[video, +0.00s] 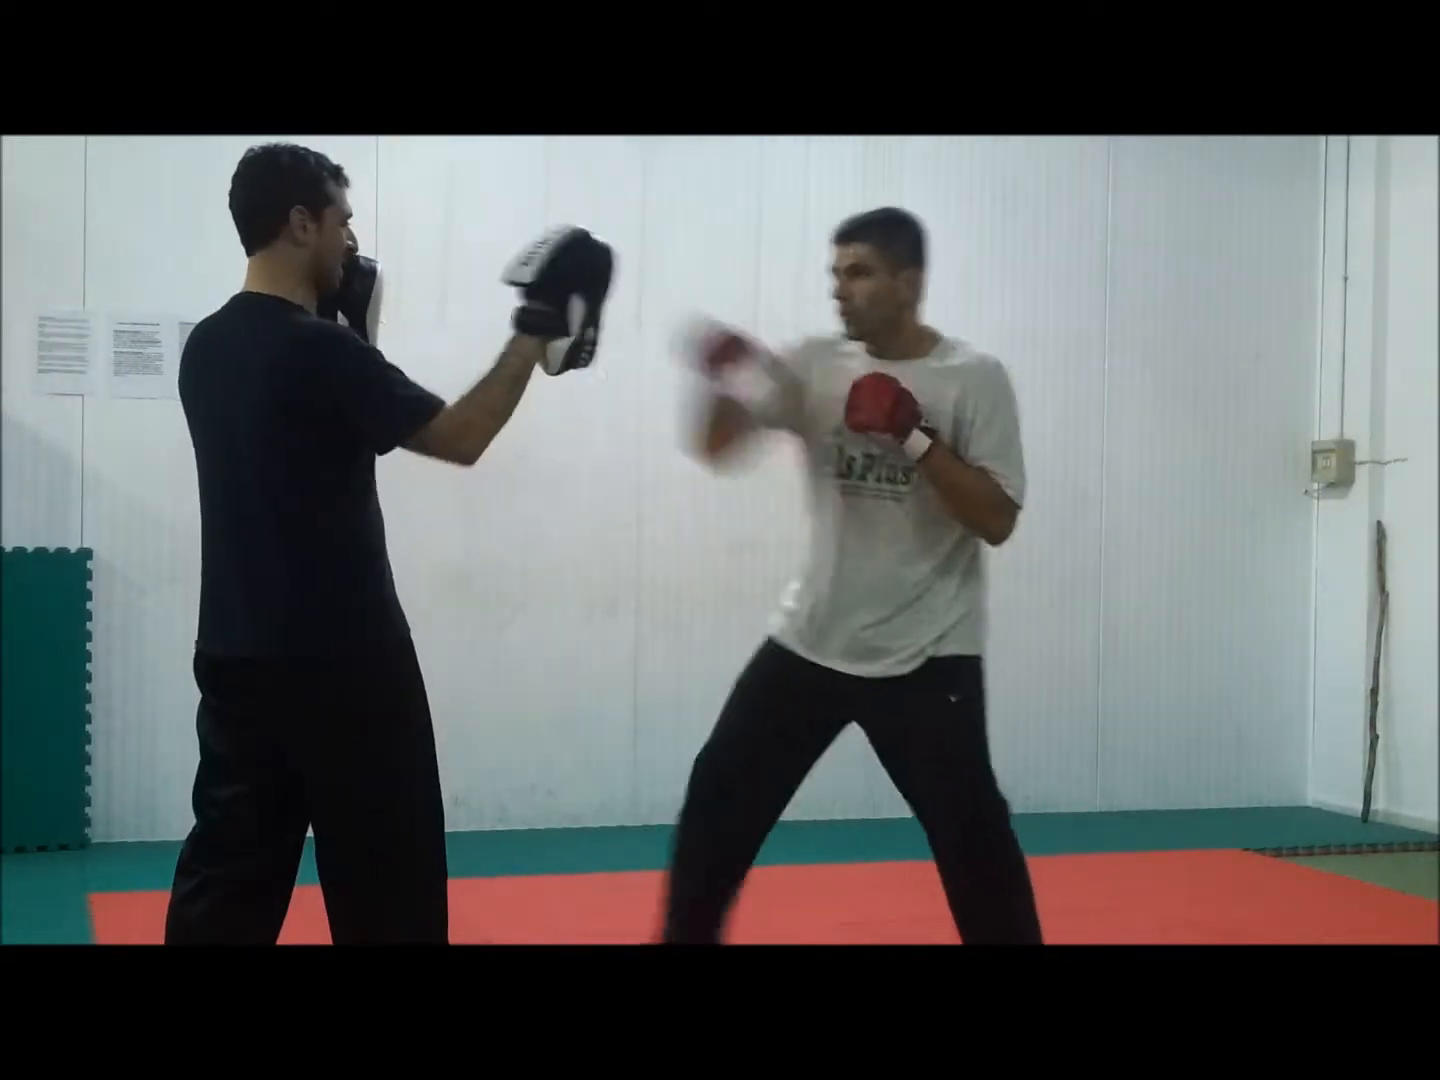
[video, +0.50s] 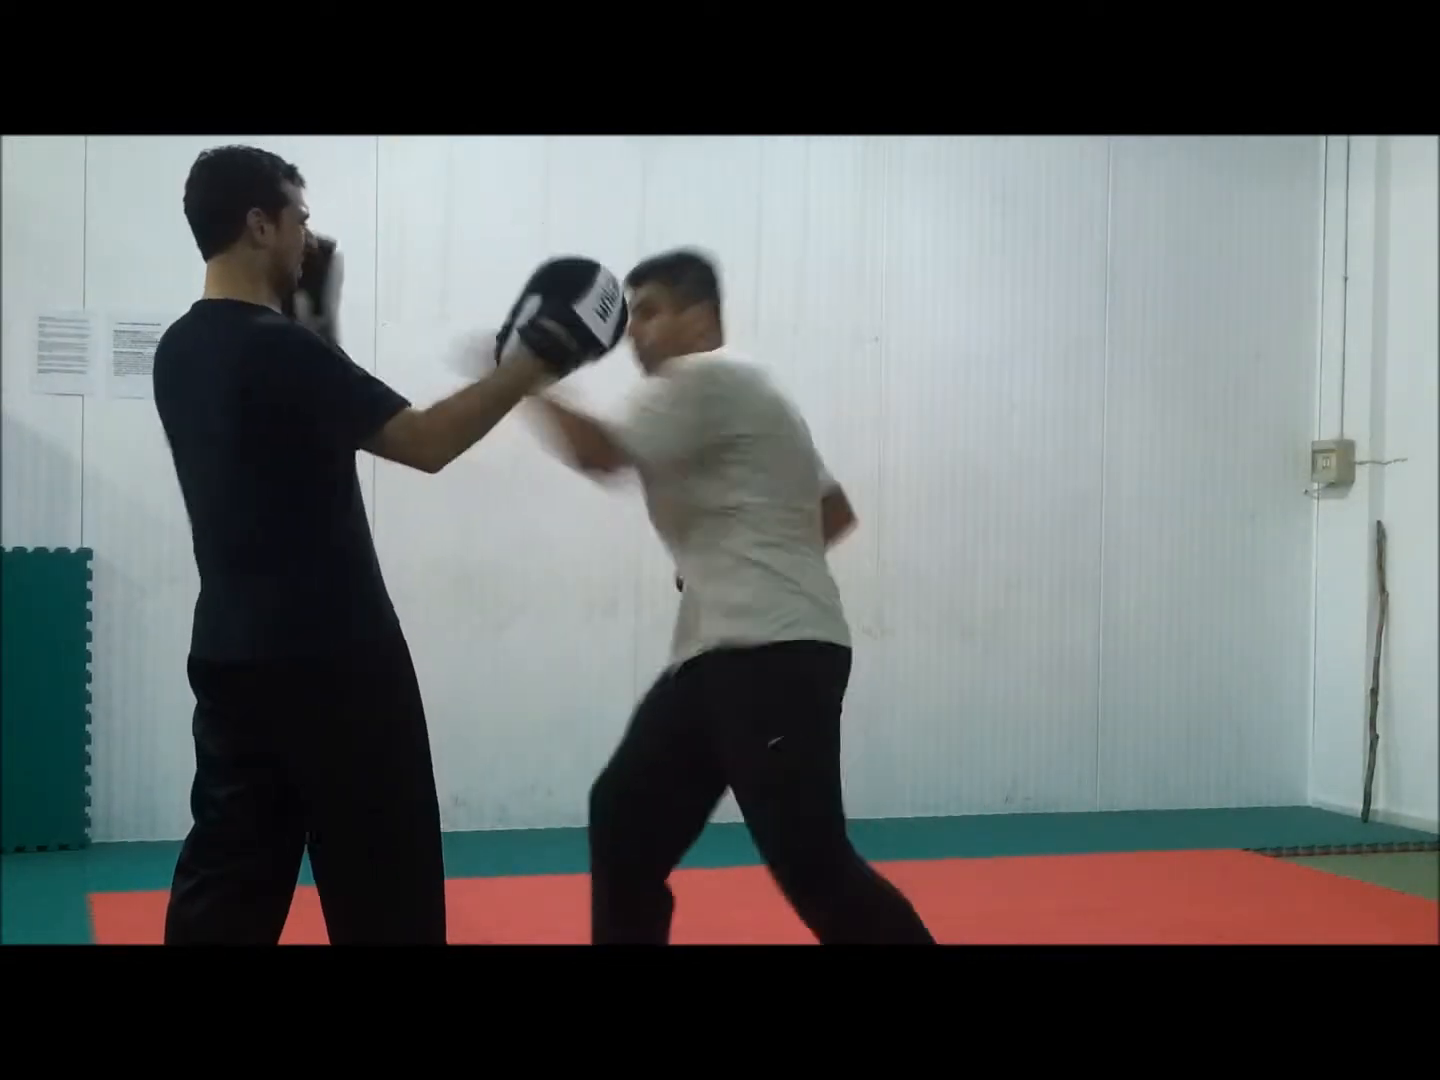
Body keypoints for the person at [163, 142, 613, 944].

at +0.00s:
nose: (353, 239)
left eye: (350, 222)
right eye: (343, 221)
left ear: (266, 230)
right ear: (302, 224)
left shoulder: (205, 346)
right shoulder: (319, 347)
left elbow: (332, 438)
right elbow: (461, 437)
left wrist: (355, 326)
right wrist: (533, 332)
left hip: (236, 656)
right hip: (347, 658)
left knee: (227, 876)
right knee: (391, 882)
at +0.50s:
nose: (309, 239)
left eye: (306, 220)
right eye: (300, 218)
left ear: (218, 232)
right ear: (259, 224)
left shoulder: (179, 349)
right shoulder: (281, 345)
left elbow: (309, 437)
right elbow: (425, 440)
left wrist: (314, 320)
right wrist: (537, 360)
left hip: (232, 655)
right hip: (337, 652)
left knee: (226, 883)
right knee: (389, 888)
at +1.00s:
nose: (310, 235)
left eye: (305, 216)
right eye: (297, 215)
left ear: (228, 230)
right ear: (250, 225)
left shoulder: (185, 348)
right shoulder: (265, 344)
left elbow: (290, 453)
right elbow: (392, 449)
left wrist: (329, 339)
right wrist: (511, 394)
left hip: (238, 659)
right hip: (336, 660)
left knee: (229, 883)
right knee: (390, 888)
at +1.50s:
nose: (304, 235)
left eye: (302, 218)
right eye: (294, 218)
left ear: (218, 230)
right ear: (250, 224)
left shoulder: (170, 348)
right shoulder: (276, 337)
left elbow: (242, 430)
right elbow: (439, 361)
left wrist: (301, 322)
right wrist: (519, 271)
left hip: (225, 652)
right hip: (328, 649)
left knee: (227, 878)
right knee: (385, 884)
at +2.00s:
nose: (286, 231)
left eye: (280, 213)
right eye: (272, 214)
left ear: (200, 235)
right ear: (229, 226)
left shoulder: (174, 350)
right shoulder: (254, 342)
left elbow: (285, 431)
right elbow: (385, 434)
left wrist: (301, 318)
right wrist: (495, 376)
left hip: (239, 654)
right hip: (337, 652)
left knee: (234, 879)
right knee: (391, 889)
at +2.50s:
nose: (255, 230)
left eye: (245, 216)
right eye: (235, 217)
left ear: (182, 241)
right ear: (182, 236)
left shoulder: (173, 349)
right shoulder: (210, 347)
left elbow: (246, 469)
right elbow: (335, 431)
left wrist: (305, 361)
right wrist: (453, 351)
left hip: (242, 657)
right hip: (322, 655)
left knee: (231, 873)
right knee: (392, 878)